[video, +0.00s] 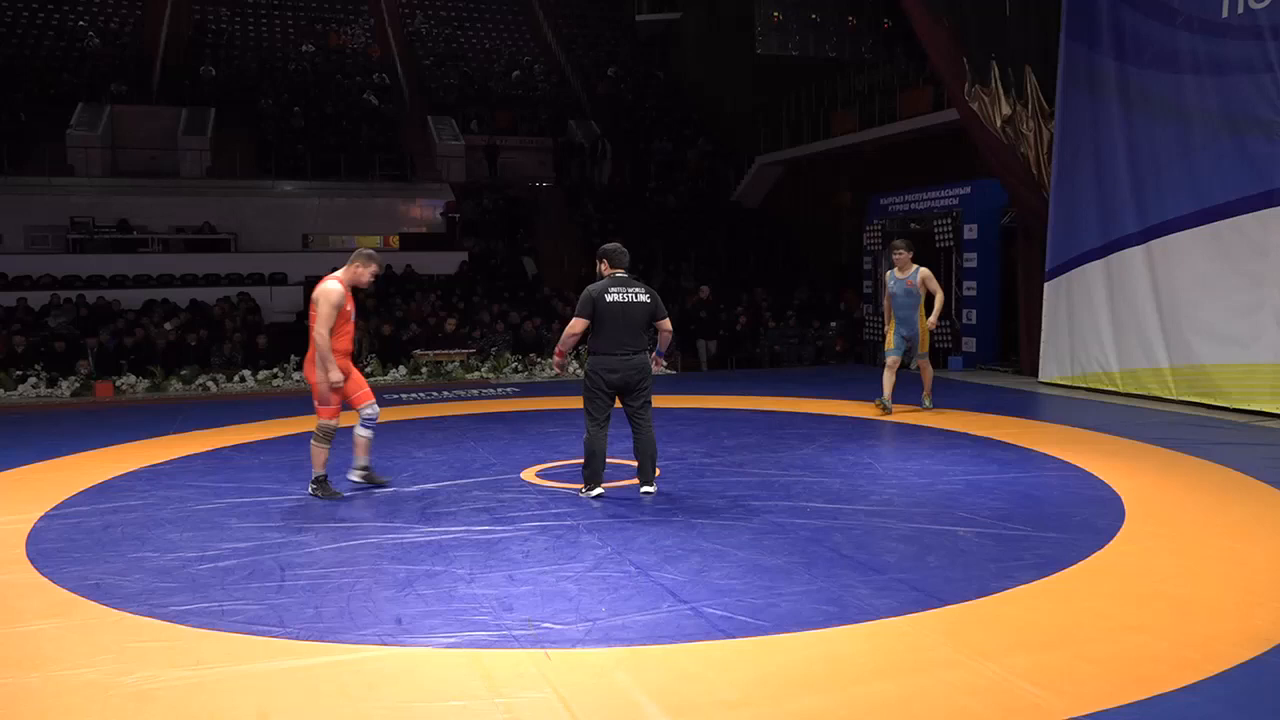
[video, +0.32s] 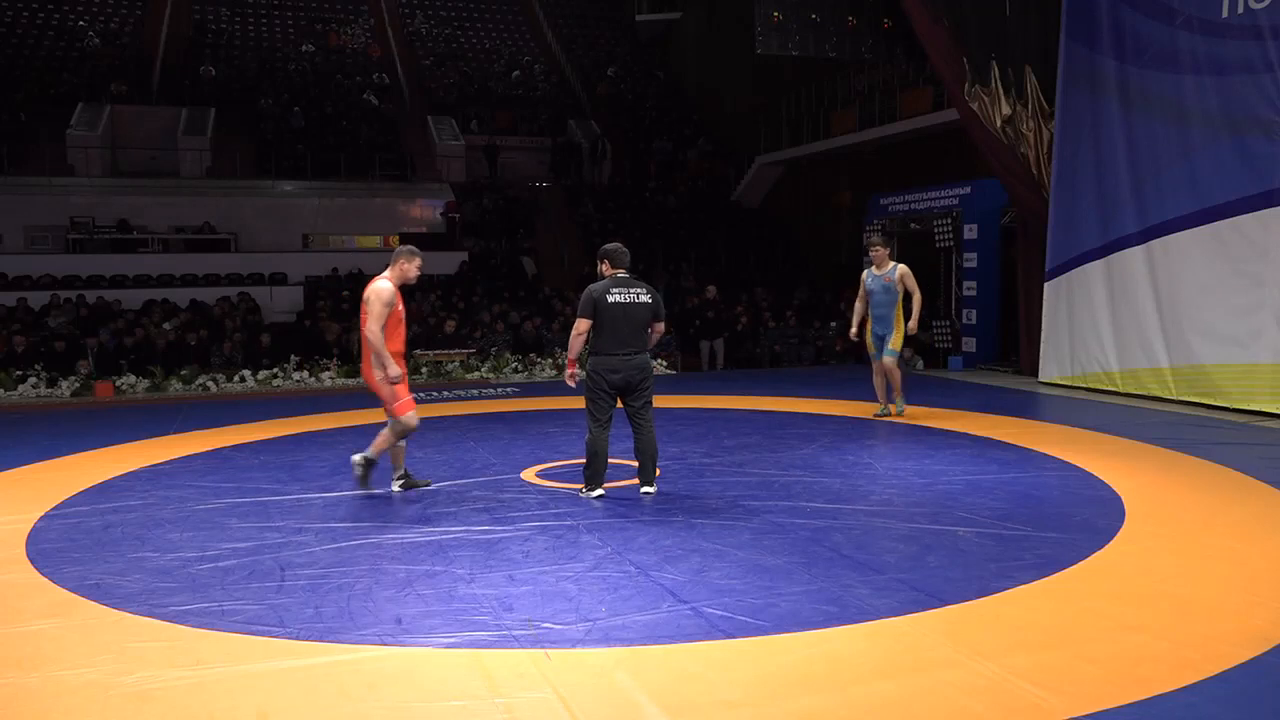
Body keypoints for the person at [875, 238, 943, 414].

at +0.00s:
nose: (896, 257)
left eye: (900, 254)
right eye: (894, 254)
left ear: (910, 255)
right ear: (892, 256)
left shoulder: (922, 273)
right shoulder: (889, 276)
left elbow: (939, 294)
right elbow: (887, 301)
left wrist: (934, 316)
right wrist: (887, 325)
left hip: (918, 326)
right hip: (896, 326)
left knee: (923, 362)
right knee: (891, 362)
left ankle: (927, 394)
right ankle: (886, 399)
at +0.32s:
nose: (873, 254)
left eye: (877, 251)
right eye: (871, 251)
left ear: (887, 251)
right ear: (868, 253)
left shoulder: (901, 270)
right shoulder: (866, 275)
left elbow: (915, 293)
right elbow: (860, 300)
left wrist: (914, 319)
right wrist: (855, 325)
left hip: (894, 326)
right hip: (873, 326)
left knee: (888, 362)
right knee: (877, 366)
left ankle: (898, 397)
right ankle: (883, 404)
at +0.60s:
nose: (855, 259)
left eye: (859, 256)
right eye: (853, 256)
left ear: (870, 256)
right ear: (851, 257)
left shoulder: (883, 278)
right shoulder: (847, 278)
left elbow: (895, 304)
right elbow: (836, 301)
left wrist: (896, 331)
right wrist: (824, 319)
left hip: (873, 331)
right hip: (853, 331)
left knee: (864, 370)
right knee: (862, 371)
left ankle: (857, 413)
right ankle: (881, 401)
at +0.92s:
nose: (827, 256)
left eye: (831, 252)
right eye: (825, 252)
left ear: (842, 252)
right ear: (823, 254)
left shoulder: (856, 274)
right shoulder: (822, 274)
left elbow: (870, 301)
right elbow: (820, 303)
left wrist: (864, 327)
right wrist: (820, 328)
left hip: (848, 334)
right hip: (826, 332)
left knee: (851, 375)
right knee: (813, 370)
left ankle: (854, 415)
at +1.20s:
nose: (794, 259)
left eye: (799, 255)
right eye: (792, 255)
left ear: (810, 254)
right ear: (790, 257)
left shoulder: (825, 276)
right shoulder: (791, 279)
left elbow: (839, 302)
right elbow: (791, 307)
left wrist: (834, 327)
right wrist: (790, 332)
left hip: (815, 338)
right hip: (792, 336)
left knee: (816, 383)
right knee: (788, 379)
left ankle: (837, 404)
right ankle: (790, 422)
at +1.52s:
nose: (763, 256)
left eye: (767, 252)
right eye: (761, 252)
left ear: (779, 252)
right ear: (759, 253)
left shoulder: (794, 275)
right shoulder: (759, 275)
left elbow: (806, 305)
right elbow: (750, 302)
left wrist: (806, 336)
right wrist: (737, 323)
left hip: (783, 337)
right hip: (765, 337)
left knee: (768, 378)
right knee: (778, 381)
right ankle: (791, 420)